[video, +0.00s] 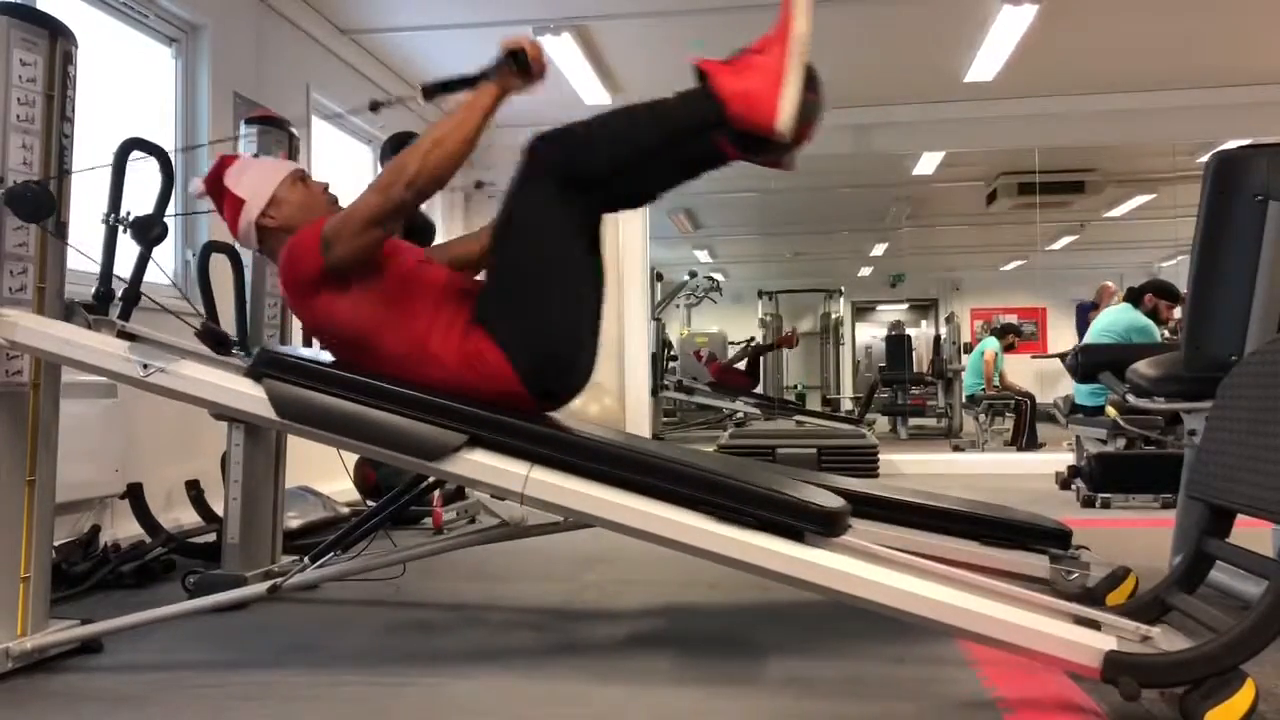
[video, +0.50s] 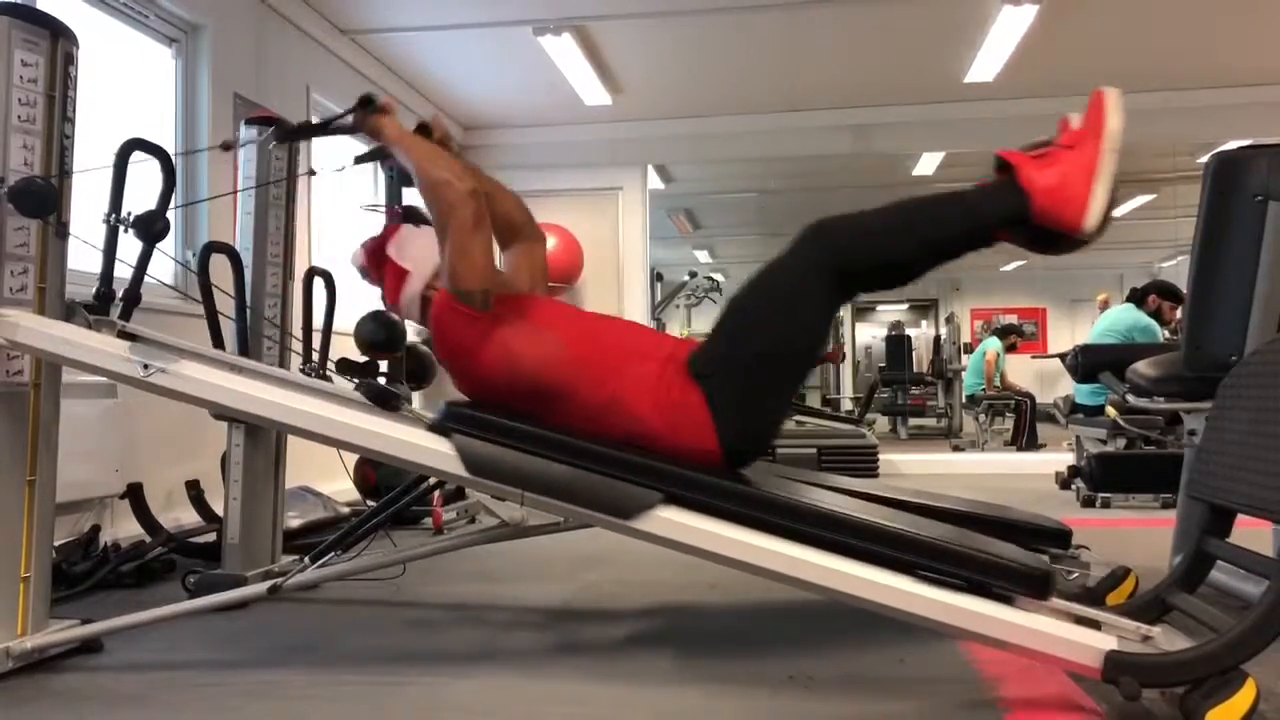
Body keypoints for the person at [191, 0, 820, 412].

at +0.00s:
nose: (316, 184)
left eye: (304, 176)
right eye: (297, 183)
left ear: (286, 210)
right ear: (269, 220)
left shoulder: (351, 266)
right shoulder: (308, 262)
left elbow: (471, 252)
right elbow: (404, 183)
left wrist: (541, 205)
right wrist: (494, 87)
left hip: (526, 351)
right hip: (524, 362)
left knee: (565, 177)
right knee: (552, 160)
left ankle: (738, 132)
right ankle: (729, 103)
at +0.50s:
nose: (424, 246)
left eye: (414, 242)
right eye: (414, 243)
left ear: (425, 271)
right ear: (414, 271)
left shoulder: (498, 315)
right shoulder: (461, 318)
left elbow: (525, 233)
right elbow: (465, 210)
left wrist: (453, 153)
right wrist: (398, 139)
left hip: (709, 397)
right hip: (709, 414)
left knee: (823, 250)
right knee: (821, 252)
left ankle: (1029, 194)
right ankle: (1033, 196)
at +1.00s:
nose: (513, 253)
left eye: (499, 245)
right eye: (496, 251)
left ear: (458, 303)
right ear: (475, 287)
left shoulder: (521, 336)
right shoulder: (508, 336)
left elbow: (562, 253)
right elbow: (453, 218)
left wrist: (448, 247)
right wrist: (364, 203)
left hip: (753, 398)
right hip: (761, 425)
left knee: (890, 271)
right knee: (892, 282)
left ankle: (1094, 223)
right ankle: (1109, 236)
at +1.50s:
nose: (333, 201)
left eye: (321, 192)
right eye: (314, 197)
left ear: (298, 226)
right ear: (287, 230)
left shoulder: (357, 280)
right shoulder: (320, 288)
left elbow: (481, 282)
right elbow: (408, 236)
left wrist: (552, 213)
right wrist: (474, 126)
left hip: (545, 351)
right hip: (547, 367)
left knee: (576, 174)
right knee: (569, 163)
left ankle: (755, 129)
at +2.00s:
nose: (301, 167)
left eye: (289, 156)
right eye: (280, 160)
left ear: (249, 196)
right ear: (242, 193)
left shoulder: (297, 255)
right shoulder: (279, 244)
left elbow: (433, 263)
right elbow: (397, 228)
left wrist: (576, 264)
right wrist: (533, 196)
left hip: (498, 343)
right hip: (490, 345)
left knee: (483, 165)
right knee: (471, 147)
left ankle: (673, 120)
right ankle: (651, 83)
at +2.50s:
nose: (385, 204)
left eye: (373, 199)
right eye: (363, 206)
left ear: (370, 234)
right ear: (346, 249)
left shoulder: (440, 296)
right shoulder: (389, 305)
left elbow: (541, 247)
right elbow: (448, 195)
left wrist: (515, 144)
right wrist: (443, 84)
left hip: (623, 368)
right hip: (615, 388)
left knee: (742, 240)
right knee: (736, 242)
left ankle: (950, 200)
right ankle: (949, 190)